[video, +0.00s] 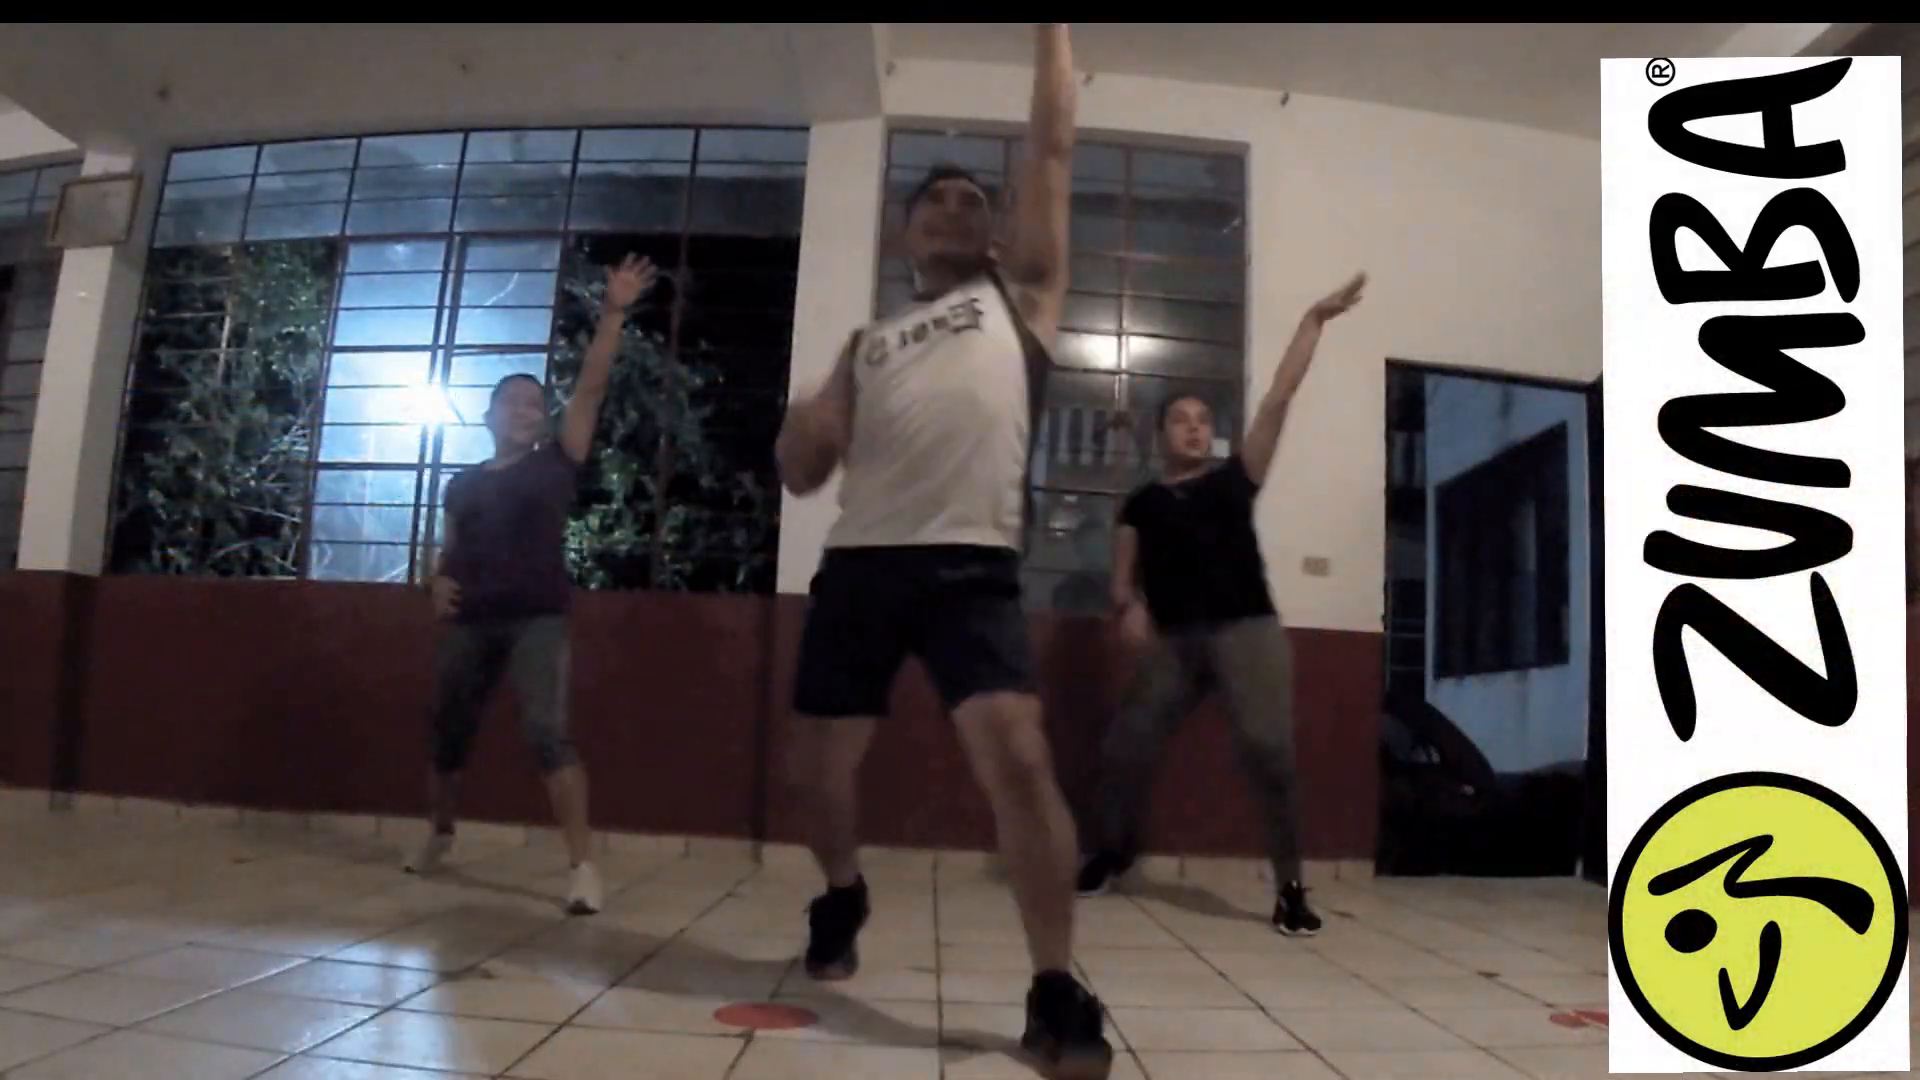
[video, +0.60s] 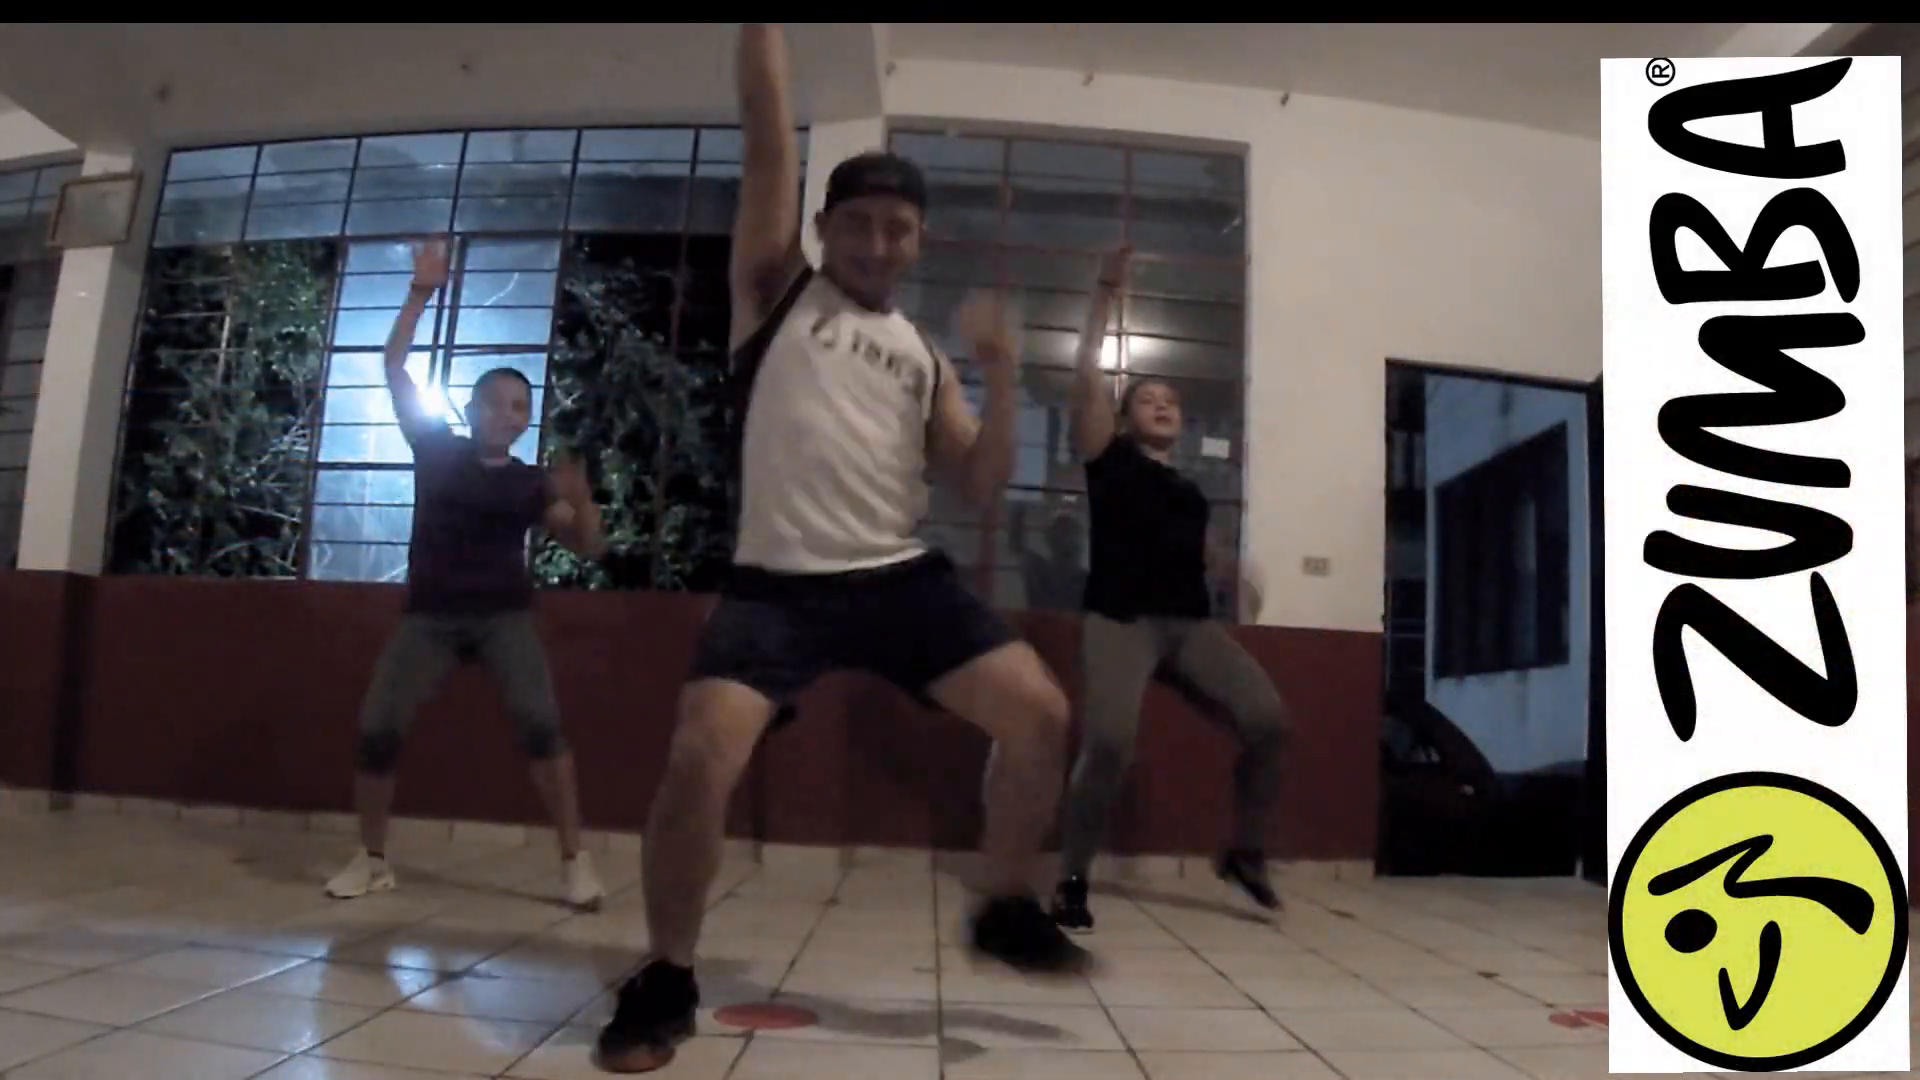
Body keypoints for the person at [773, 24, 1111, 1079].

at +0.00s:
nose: (956, 206)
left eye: (972, 203)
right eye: (936, 201)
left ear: (996, 236)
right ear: (907, 237)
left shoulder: (1020, 299)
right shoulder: (866, 346)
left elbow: (1053, 142)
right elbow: (800, 475)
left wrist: (1055, 25)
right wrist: (805, 432)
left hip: (973, 570)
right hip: (859, 570)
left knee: (1021, 765)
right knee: (819, 779)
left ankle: (1056, 986)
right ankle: (840, 895)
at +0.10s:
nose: (968, 206)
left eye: (986, 204)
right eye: (950, 201)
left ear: (1010, 242)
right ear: (921, 241)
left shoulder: (1034, 308)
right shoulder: (884, 352)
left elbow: (1071, 150)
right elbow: (802, 421)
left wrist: (1069, 26)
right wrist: (838, 300)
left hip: (992, 586)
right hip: (871, 577)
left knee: (1035, 780)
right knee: (746, 744)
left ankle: (1056, 993)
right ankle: (820, 860)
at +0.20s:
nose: (969, 200)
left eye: (987, 196)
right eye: (952, 193)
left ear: (1013, 234)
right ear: (924, 227)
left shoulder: (1041, 305)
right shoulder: (880, 318)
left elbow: (1079, 149)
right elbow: (777, 277)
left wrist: (1082, 25)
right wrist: (855, 153)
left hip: (994, 585)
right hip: (866, 572)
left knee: (1040, 772)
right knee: (711, 704)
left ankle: (1054, 991)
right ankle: (789, 866)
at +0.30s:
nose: (965, 175)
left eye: (983, 169)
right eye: (942, 165)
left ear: (1003, 209)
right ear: (906, 196)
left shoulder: (1019, 288)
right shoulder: (860, 274)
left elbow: (1086, 147)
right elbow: (801, 146)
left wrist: (1093, 20)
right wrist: (826, 37)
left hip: (982, 565)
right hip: (846, 550)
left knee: (1029, 762)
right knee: (714, 712)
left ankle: (1055, 988)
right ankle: (726, 921)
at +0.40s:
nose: (936, 177)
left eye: (956, 170)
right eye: (918, 165)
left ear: (976, 201)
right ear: (881, 188)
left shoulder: (987, 283)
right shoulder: (839, 248)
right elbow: (824, 102)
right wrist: (820, 18)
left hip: (947, 559)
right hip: (815, 546)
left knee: (991, 766)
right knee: (739, 758)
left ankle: (1052, 985)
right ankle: (670, 979)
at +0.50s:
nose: (909, 197)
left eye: (926, 190)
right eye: (891, 183)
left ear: (943, 221)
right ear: (850, 202)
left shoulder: (946, 327)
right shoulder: (799, 264)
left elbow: (1057, 349)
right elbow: (792, 115)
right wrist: (792, 13)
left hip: (913, 575)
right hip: (786, 567)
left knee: (1000, 755)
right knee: (710, 757)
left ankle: (1051, 980)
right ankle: (665, 980)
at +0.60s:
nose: (877, 246)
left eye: (896, 230)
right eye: (860, 226)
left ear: (918, 242)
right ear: (824, 229)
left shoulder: (919, 356)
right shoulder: (775, 295)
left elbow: (980, 482)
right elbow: (765, 135)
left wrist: (999, 377)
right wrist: (757, 15)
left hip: (903, 586)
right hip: (775, 590)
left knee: (1038, 715)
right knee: (698, 750)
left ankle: (1010, 912)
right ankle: (664, 979)